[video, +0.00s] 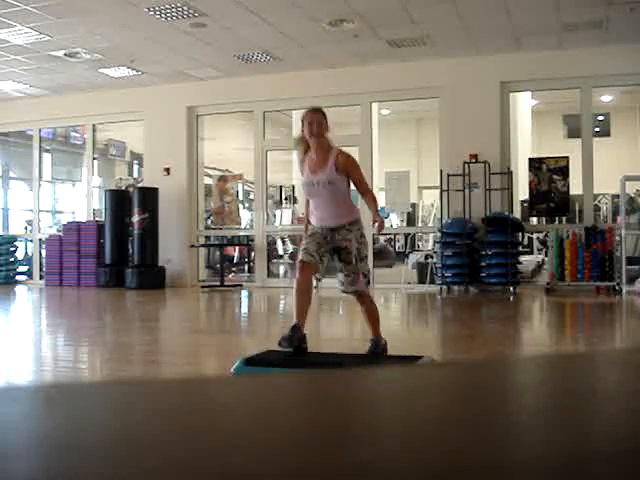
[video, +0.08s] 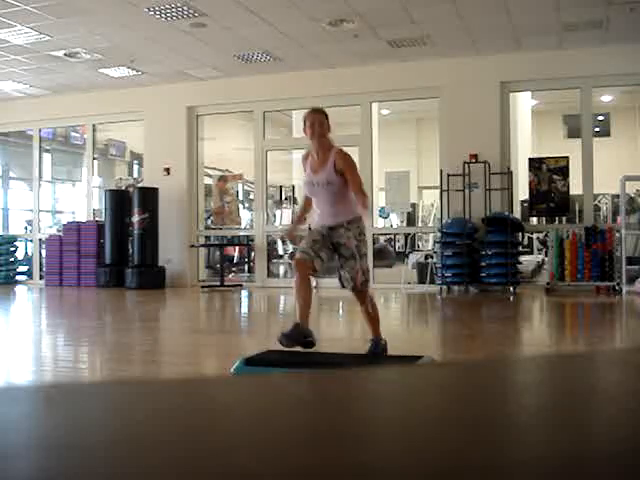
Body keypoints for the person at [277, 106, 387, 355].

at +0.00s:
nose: (313, 128)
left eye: (318, 123)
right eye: (308, 124)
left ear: (326, 126)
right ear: (303, 129)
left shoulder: (342, 159)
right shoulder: (304, 160)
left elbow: (365, 190)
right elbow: (309, 198)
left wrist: (376, 214)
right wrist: (307, 227)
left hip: (347, 229)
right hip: (317, 230)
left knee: (358, 288)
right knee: (303, 270)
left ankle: (377, 339)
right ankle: (298, 331)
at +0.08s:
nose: (315, 129)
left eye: (319, 124)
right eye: (310, 125)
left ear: (328, 127)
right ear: (304, 130)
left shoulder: (341, 158)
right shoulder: (306, 160)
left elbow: (358, 192)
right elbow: (310, 196)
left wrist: (364, 207)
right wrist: (296, 222)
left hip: (348, 227)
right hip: (321, 229)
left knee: (358, 287)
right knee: (301, 262)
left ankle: (377, 339)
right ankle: (303, 328)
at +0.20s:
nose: (309, 116)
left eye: (313, 112)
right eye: (305, 113)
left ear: (321, 115)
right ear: (298, 117)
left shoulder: (330, 143)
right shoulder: (301, 148)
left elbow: (339, 183)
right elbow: (297, 181)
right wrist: (268, 199)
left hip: (341, 213)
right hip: (315, 215)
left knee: (356, 275)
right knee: (296, 265)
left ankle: (373, 334)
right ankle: (313, 319)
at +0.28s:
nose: (305, 118)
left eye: (309, 113)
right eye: (300, 114)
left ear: (317, 117)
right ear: (294, 119)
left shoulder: (325, 145)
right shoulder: (298, 150)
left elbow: (328, 187)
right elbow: (291, 183)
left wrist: (300, 198)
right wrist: (259, 195)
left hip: (337, 214)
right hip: (313, 215)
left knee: (351, 275)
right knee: (296, 272)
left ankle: (372, 332)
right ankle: (312, 320)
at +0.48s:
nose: (285, 140)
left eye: (289, 135)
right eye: (283, 135)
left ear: (300, 137)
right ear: (283, 138)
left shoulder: (306, 165)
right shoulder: (288, 165)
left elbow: (294, 204)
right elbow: (283, 201)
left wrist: (257, 222)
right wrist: (261, 220)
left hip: (317, 234)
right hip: (299, 237)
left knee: (337, 290)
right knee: (295, 290)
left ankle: (374, 336)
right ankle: (315, 335)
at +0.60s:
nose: (262, 130)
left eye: (266, 126)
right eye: (263, 126)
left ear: (279, 129)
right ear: (276, 130)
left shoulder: (285, 157)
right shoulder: (273, 156)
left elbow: (267, 197)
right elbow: (261, 195)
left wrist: (250, 235)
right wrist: (250, 230)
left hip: (293, 221)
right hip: (282, 222)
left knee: (289, 281)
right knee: (288, 281)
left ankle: (328, 328)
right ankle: (312, 330)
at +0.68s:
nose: (241, 128)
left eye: (245, 124)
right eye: (242, 124)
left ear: (258, 126)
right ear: (258, 127)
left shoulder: (266, 153)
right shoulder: (258, 153)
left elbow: (256, 192)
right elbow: (253, 184)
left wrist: (242, 228)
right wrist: (230, 180)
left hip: (277, 217)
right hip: (269, 217)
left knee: (257, 277)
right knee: (278, 276)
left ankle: (266, 338)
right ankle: (300, 328)